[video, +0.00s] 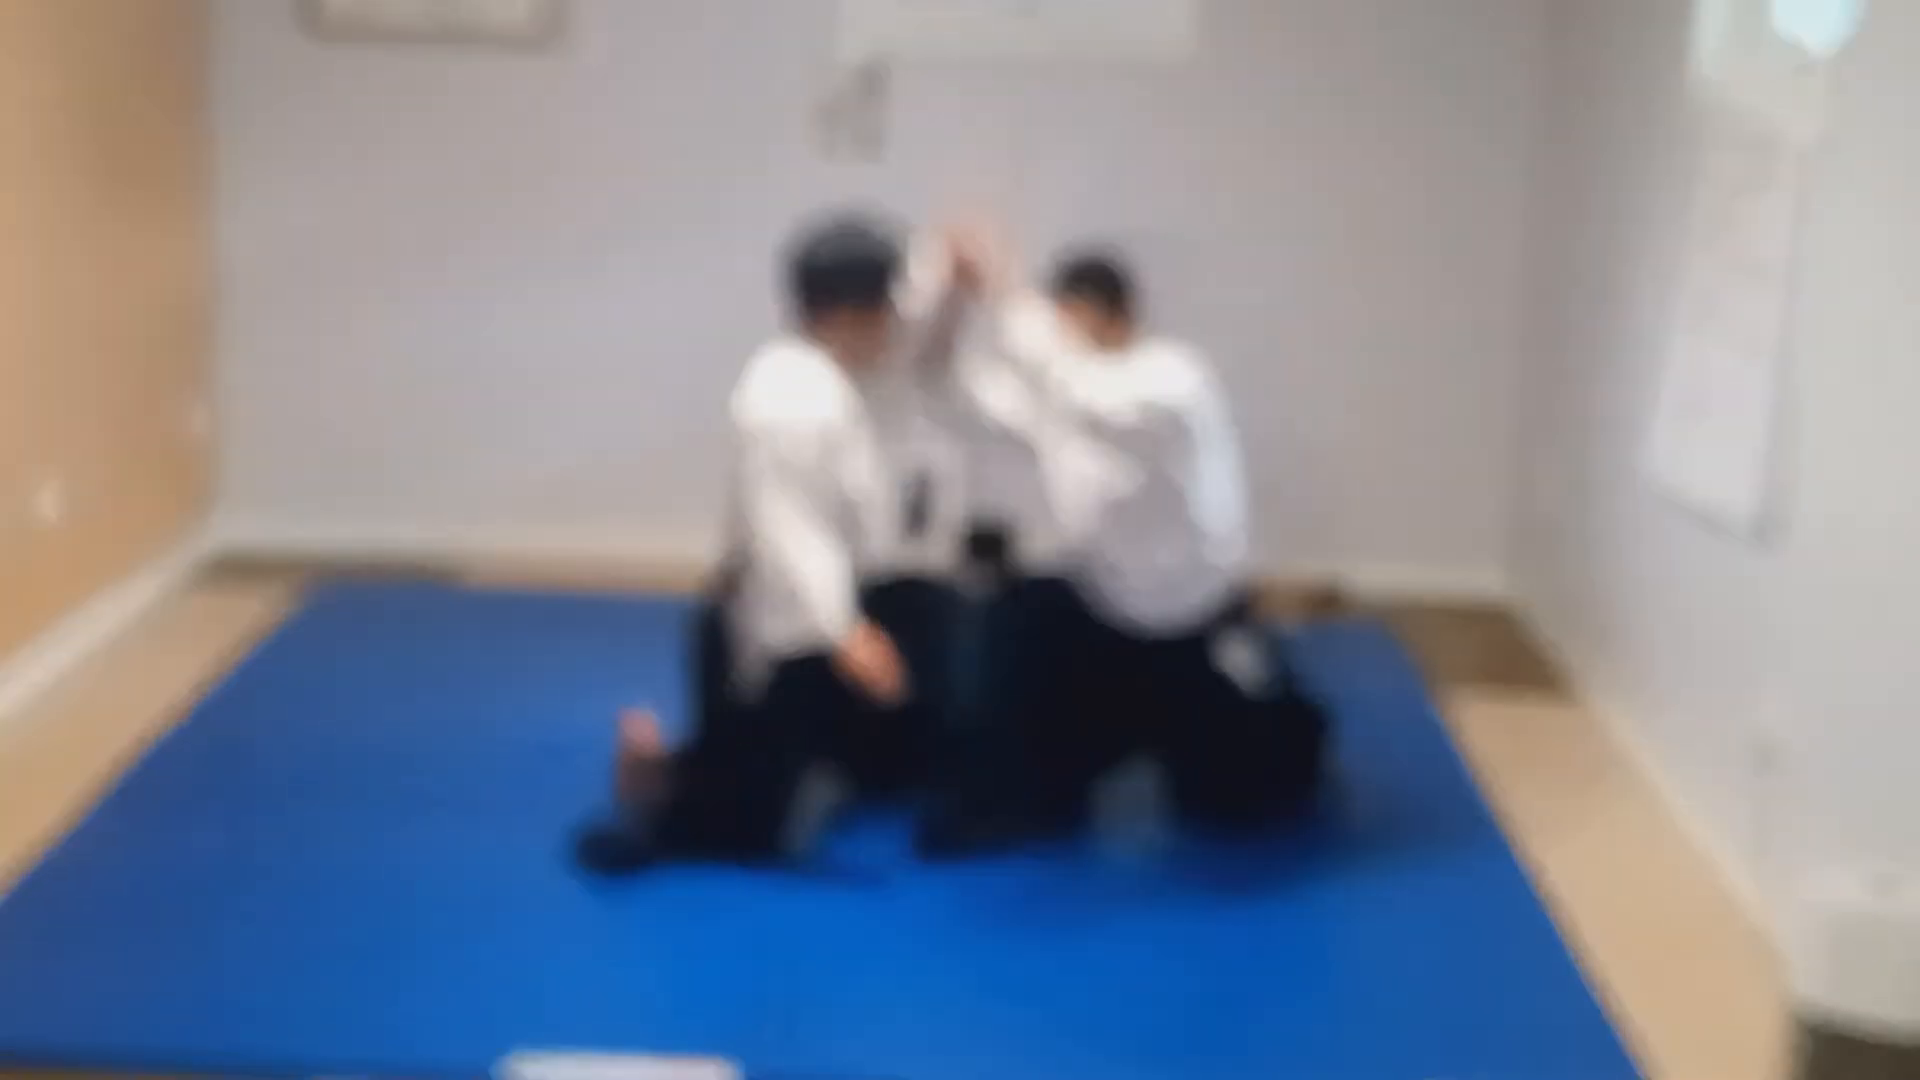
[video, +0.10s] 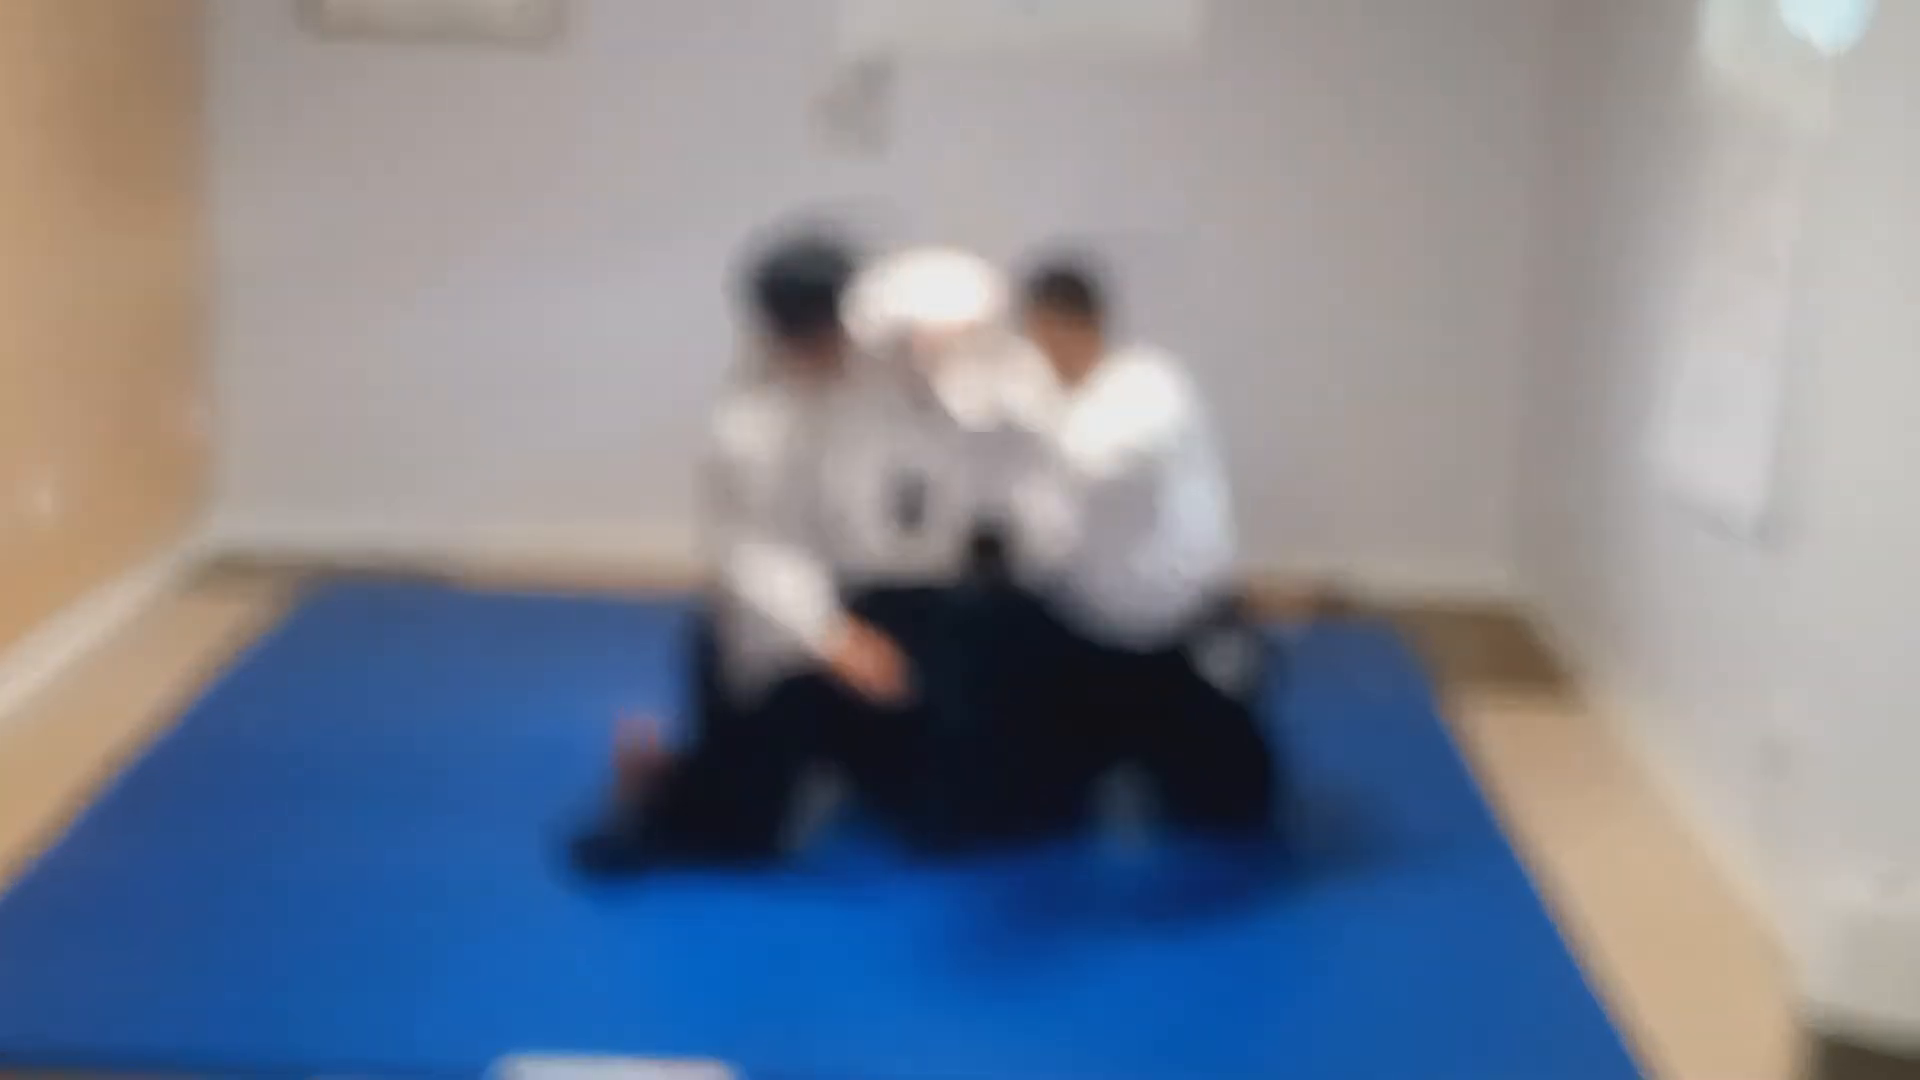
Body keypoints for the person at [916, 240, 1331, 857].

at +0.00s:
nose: (1062, 329)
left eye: (1072, 313)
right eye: (1058, 315)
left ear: (1108, 312)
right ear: (1051, 321)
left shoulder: (1173, 377)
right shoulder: (1049, 400)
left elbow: (1093, 394)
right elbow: (948, 387)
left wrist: (1008, 305)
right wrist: (952, 300)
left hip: (1204, 639)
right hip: (1097, 638)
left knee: (1240, 808)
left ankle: (1291, 728)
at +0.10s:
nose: (1047, 342)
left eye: (1054, 324)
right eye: (1039, 326)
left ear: (1082, 321)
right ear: (1034, 328)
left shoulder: (1145, 386)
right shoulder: (1054, 401)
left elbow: (1094, 461)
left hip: (1185, 649)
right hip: (1085, 651)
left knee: (1222, 824)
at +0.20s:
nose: (1016, 393)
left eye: (1029, 378)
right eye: (1005, 377)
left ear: (1073, 362)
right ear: (996, 364)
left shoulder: (1120, 428)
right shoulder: (999, 413)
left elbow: (1070, 514)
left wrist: (983, 476)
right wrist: (945, 464)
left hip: (1143, 640)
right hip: (1053, 630)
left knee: (1158, 783)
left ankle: (1203, 737)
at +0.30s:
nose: (1008, 402)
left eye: (1022, 389)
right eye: (997, 386)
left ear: (1065, 371)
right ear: (988, 369)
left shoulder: (1115, 443)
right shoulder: (971, 417)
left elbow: (1087, 558)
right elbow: (909, 510)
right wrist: (909, 427)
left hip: (1127, 642)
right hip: (1027, 634)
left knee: (1168, 785)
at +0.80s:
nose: (1049, 443)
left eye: (1066, 426)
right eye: (1036, 424)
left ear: (1090, 412)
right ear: (1014, 402)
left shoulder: (1125, 483)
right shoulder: (960, 462)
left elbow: (1119, 609)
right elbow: (905, 538)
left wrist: (1061, 692)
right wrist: (916, 601)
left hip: (1088, 651)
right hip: (980, 645)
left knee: (1158, 786)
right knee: (934, 802)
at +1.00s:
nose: (1046, 453)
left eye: (1064, 436)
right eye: (1032, 434)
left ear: (1084, 422)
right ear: (1006, 409)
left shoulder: (1115, 490)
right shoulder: (955, 469)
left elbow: (1107, 612)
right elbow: (893, 543)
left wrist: (1046, 676)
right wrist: (903, 593)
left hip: (1070, 666)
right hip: (960, 662)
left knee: (1157, 784)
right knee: (929, 796)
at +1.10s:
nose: (1037, 457)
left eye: (1055, 440)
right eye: (1023, 438)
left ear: (1075, 426)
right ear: (997, 413)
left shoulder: (1107, 495)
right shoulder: (945, 476)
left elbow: (1099, 611)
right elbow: (883, 544)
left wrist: (1031, 666)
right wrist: (887, 587)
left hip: (1064, 678)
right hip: (948, 678)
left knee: (1155, 787)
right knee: (921, 809)